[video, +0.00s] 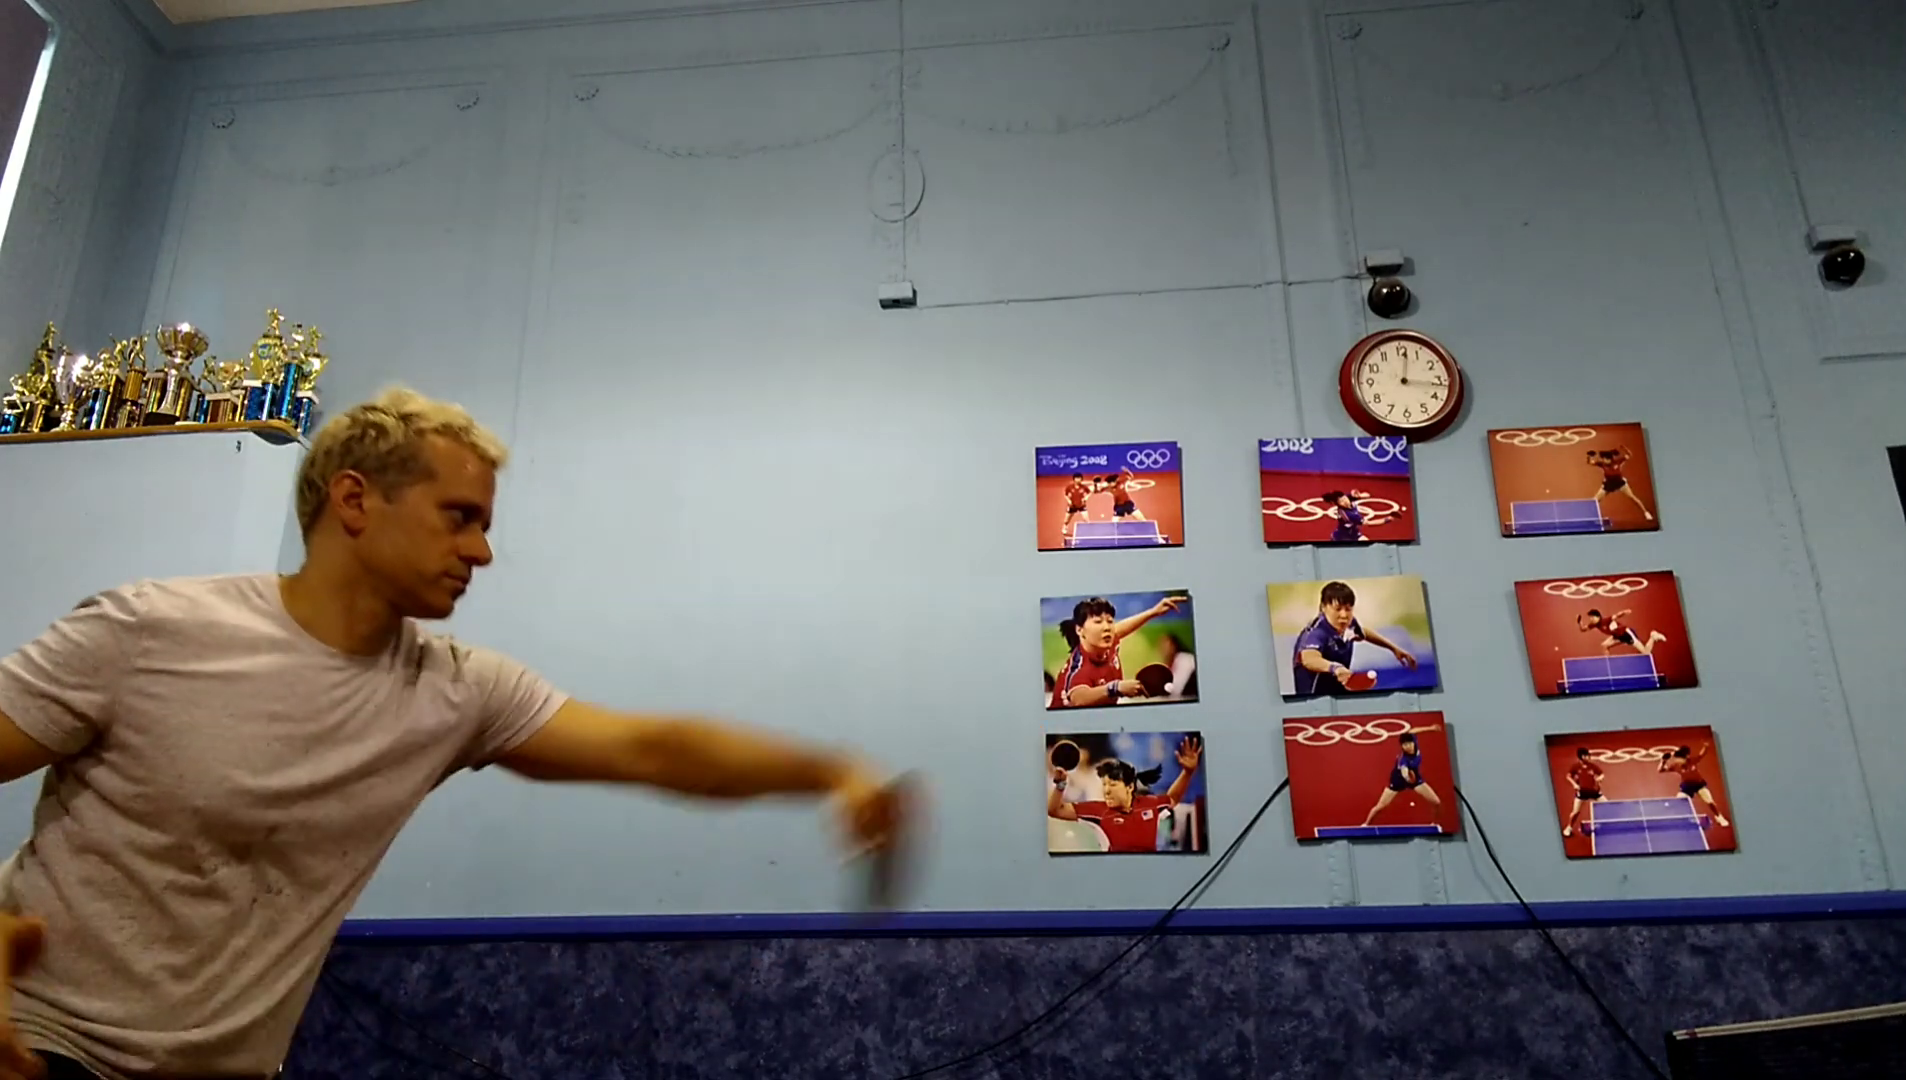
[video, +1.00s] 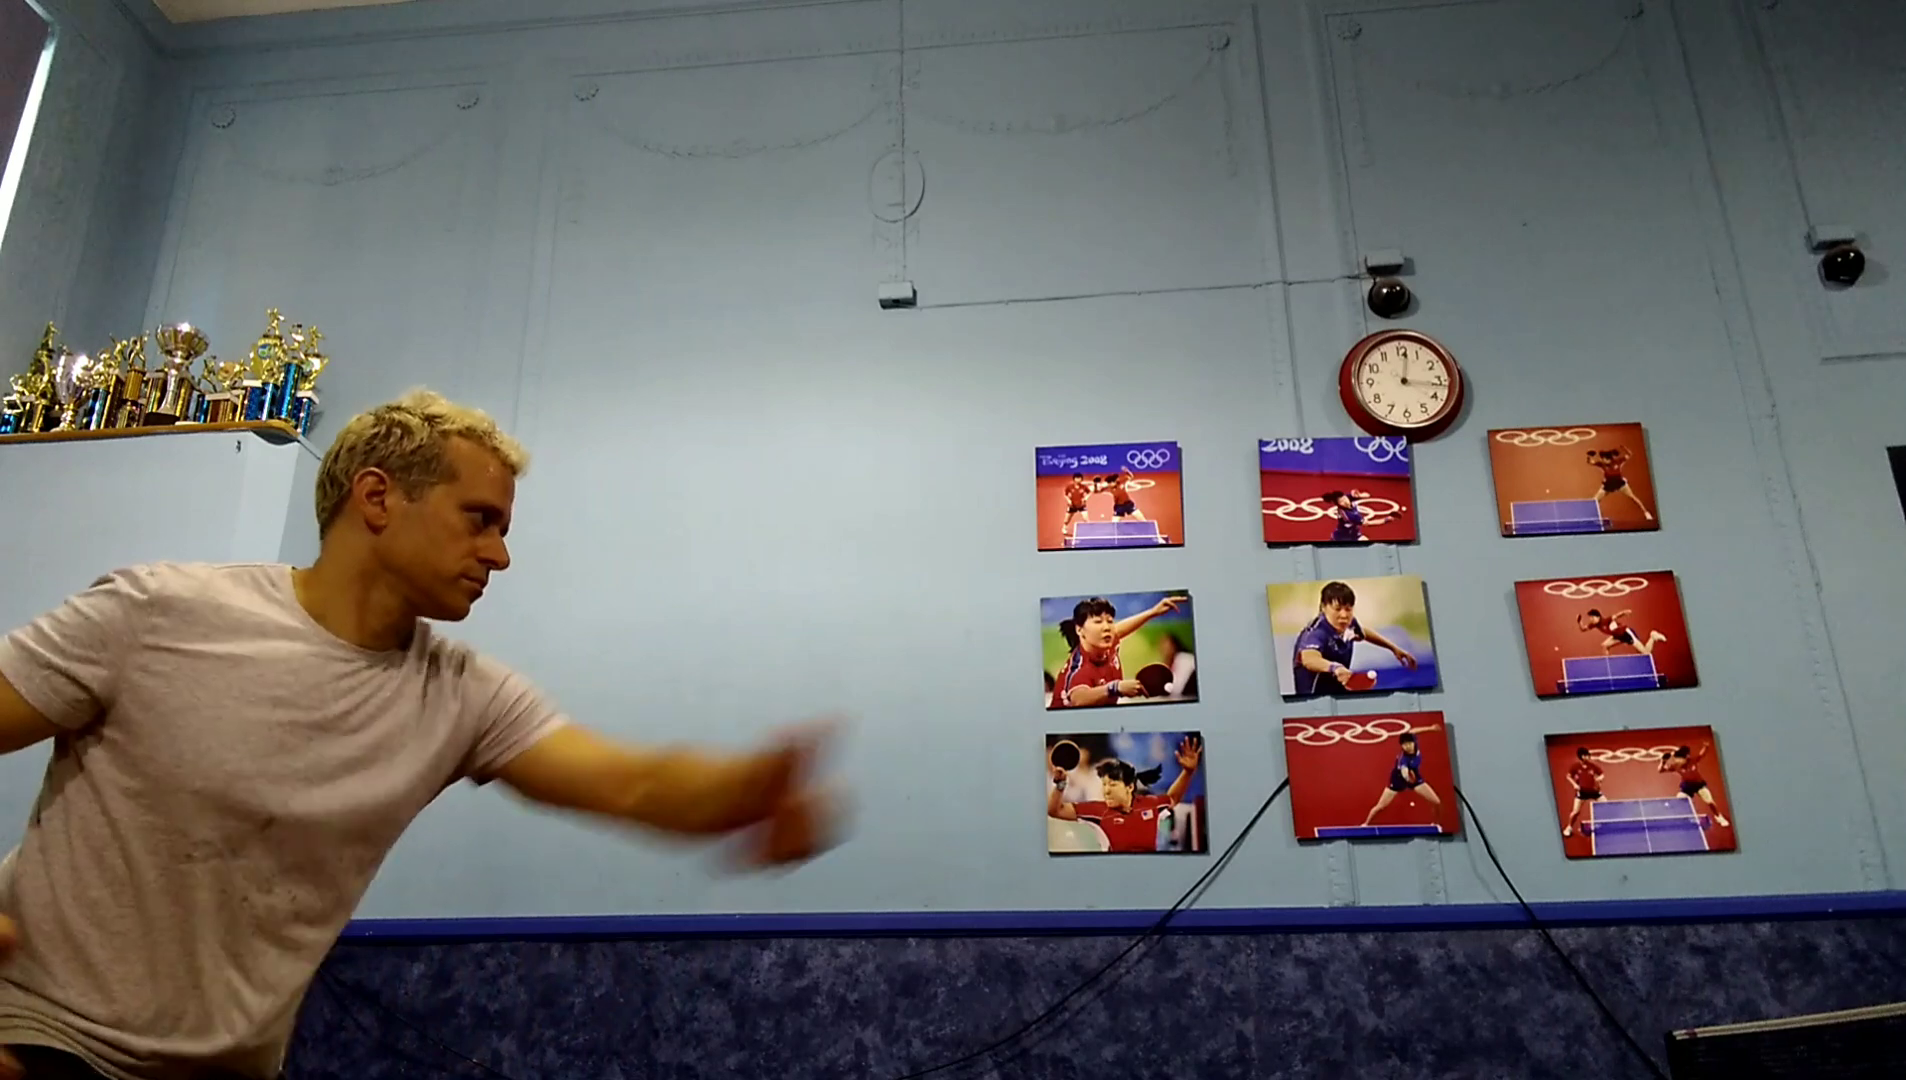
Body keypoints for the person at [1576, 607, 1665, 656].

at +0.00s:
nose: (1590, 620)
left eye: (1591, 618)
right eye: (1590, 618)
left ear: (1597, 617)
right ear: (1593, 618)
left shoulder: (1606, 620)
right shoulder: (1594, 624)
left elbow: (1617, 616)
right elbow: (1583, 630)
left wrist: (1625, 612)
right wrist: (1579, 623)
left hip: (1627, 634)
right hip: (1618, 637)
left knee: (1645, 652)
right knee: (1604, 645)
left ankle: (1653, 636)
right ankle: (1608, 666)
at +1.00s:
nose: (1590, 620)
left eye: (1591, 618)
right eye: (1590, 619)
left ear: (1597, 617)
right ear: (1593, 618)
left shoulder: (1607, 620)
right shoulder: (1594, 624)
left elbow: (1617, 615)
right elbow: (1583, 630)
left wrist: (1625, 612)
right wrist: (1579, 623)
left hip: (1627, 634)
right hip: (1618, 636)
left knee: (1646, 652)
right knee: (1604, 645)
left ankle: (1653, 636)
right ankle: (1607, 667)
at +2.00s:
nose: (1591, 620)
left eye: (1591, 618)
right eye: (1590, 619)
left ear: (1597, 617)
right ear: (1593, 618)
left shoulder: (1607, 620)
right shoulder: (1595, 625)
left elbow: (1617, 615)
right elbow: (1584, 630)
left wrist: (1625, 612)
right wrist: (1579, 623)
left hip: (1627, 634)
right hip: (1618, 637)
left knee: (1646, 652)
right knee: (1604, 645)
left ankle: (1653, 636)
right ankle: (1608, 667)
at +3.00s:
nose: (1590, 620)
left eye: (1591, 618)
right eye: (1590, 619)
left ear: (1597, 617)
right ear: (1593, 618)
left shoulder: (1607, 620)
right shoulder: (1595, 625)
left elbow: (1617, 615)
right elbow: (1584, 630)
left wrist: (1625, 612)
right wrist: (1579, 623)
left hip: (1627, 634)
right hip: (1618, 637)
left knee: (1646, 652)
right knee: (1604, 645)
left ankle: (1653, 636)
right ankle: (1608, 667)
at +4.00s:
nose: (1590, 620)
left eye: (1591, 618)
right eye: (1590, 618)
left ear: (1597, 617)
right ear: (1593, 618)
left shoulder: (1607, 620)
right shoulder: (1594, 624)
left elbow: (1617, 615)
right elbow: (1583, 630)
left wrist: (1626, 612)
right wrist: (1579, 623)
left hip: (1627, 634)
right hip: (1618, 637)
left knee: (1645, 652)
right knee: (1604, 645)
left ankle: (1653, 636)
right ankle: (1607, 667)